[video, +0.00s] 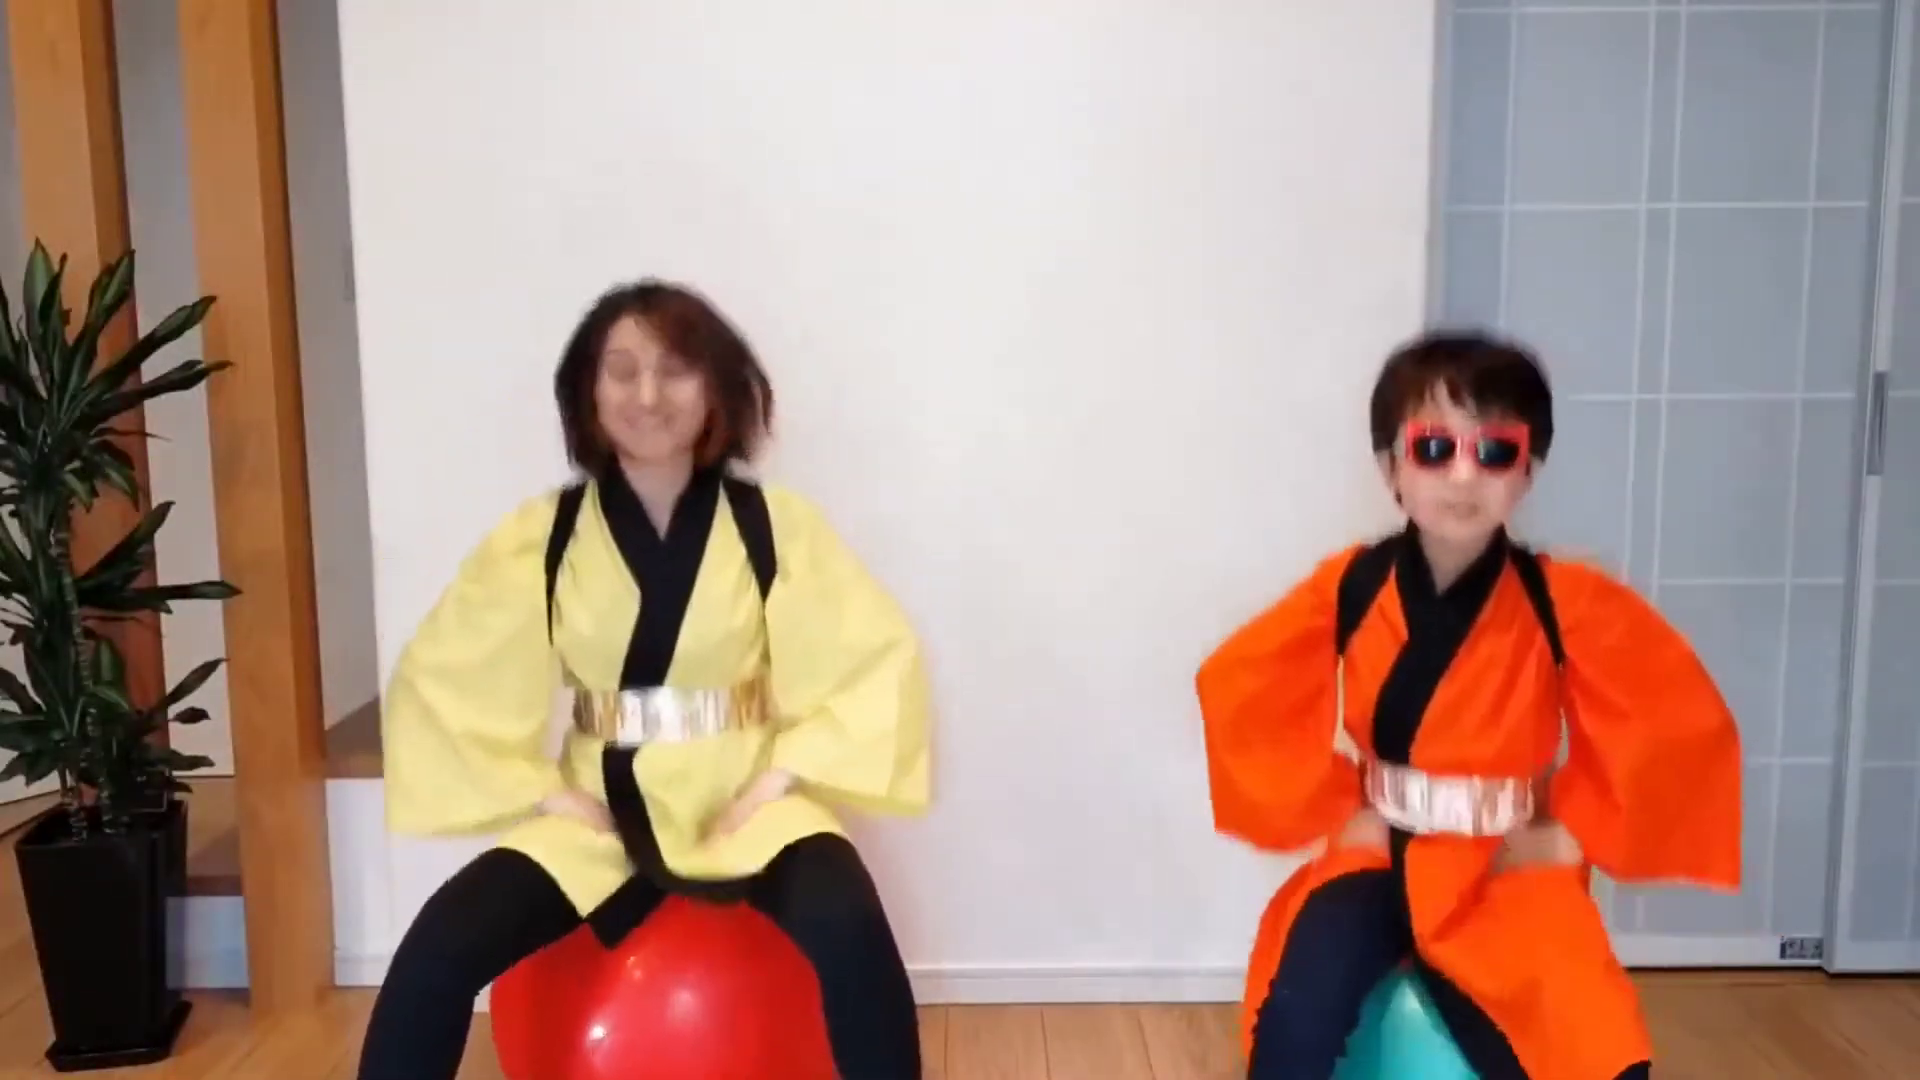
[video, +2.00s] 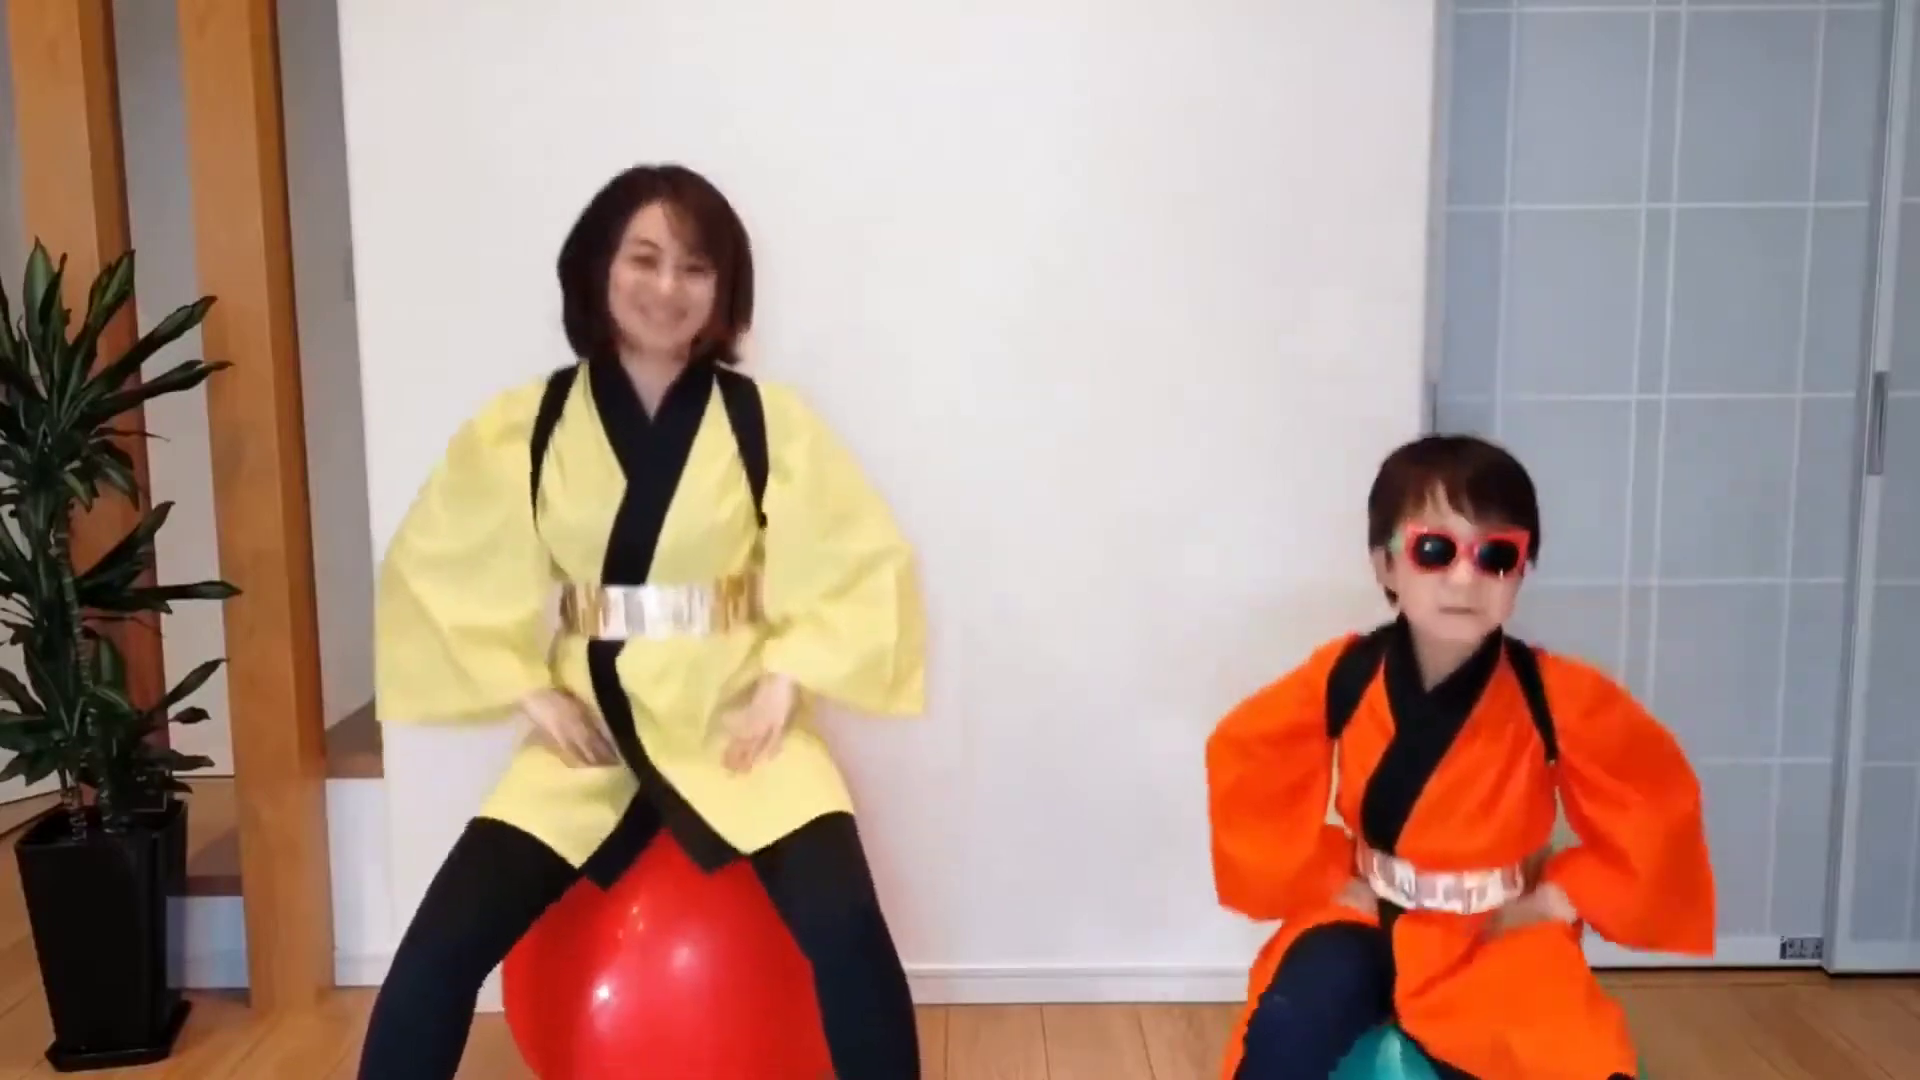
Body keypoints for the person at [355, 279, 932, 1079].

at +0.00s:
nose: (648, 392)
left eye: (675, 369)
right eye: (622, 370)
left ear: (716, 393)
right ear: (590, 394)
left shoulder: (774, 526)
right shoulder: (543, 534)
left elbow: (880, 660)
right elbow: (434, 684)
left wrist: (778, 772)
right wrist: (543, 791)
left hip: (748, 814)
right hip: (592, 824)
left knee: (848, 921)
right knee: (441, 941)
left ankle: (888, 1073)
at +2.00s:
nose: (667, 288)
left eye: (693, 267)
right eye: (643, 260)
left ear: (724, 289)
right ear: (598, 273)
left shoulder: (768, 425)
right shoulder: (522, 426)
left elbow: (863, 568)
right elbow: (431, 567)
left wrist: (787, 671)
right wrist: (529, 687)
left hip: (745, 727)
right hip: (581, 735)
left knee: (849, 934)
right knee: (438, 948)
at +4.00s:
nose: (660, 309)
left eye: (686, 285)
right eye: (633, 282)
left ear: (721, 306)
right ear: (591, 302)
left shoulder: (758, 439)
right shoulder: (545, 442)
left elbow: (838, 591)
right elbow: (383, 573)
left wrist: (789, 479)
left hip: (737, 749)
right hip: (586, 752)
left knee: (852, 932)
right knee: (423, 940)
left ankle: (908, 1078)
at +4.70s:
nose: (769, 376)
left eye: (806, 364)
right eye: (755, 345)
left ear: (835, 401)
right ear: (716, 354)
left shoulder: (822, 540)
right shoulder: (611, 481)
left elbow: (843, 703)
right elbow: (511, 639)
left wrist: (888, 845)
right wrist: (413, 807)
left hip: (746, 791)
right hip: (588, 784)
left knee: (857, 949)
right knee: (403, 948)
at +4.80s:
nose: (753, 418)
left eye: (786, 403)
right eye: (734, 391)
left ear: (818, 436)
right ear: (695, 403)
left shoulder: (818, 583)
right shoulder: (615, 536)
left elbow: (882, 736)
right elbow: (492, 674)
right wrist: (363, 796)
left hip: (760, 839)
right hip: (602, 836)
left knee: (870, 963)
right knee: (410, 959)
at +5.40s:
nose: (663, 381)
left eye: (683, 354)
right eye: (630, 361)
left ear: (718, 375)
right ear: (594, 392)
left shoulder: (773, 515)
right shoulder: (576, 530)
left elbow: (914, 638)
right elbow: (552, 693)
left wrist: (822, 640)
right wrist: (490, 701)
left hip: (798, 826)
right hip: (662, 838)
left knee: (859, 949)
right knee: (539, 948)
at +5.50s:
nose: (643, 345)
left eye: (658, 316)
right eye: (608, 328)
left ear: (689, 330)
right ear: (567, 361)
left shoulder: (761, 457)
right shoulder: (559, 499)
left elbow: (905, 543)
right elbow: (552, 650)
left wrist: (863, 670)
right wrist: (480, 747)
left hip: (787, 771)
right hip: (652, 784)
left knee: (866, 950)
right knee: (499, 914)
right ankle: (560, 1076)